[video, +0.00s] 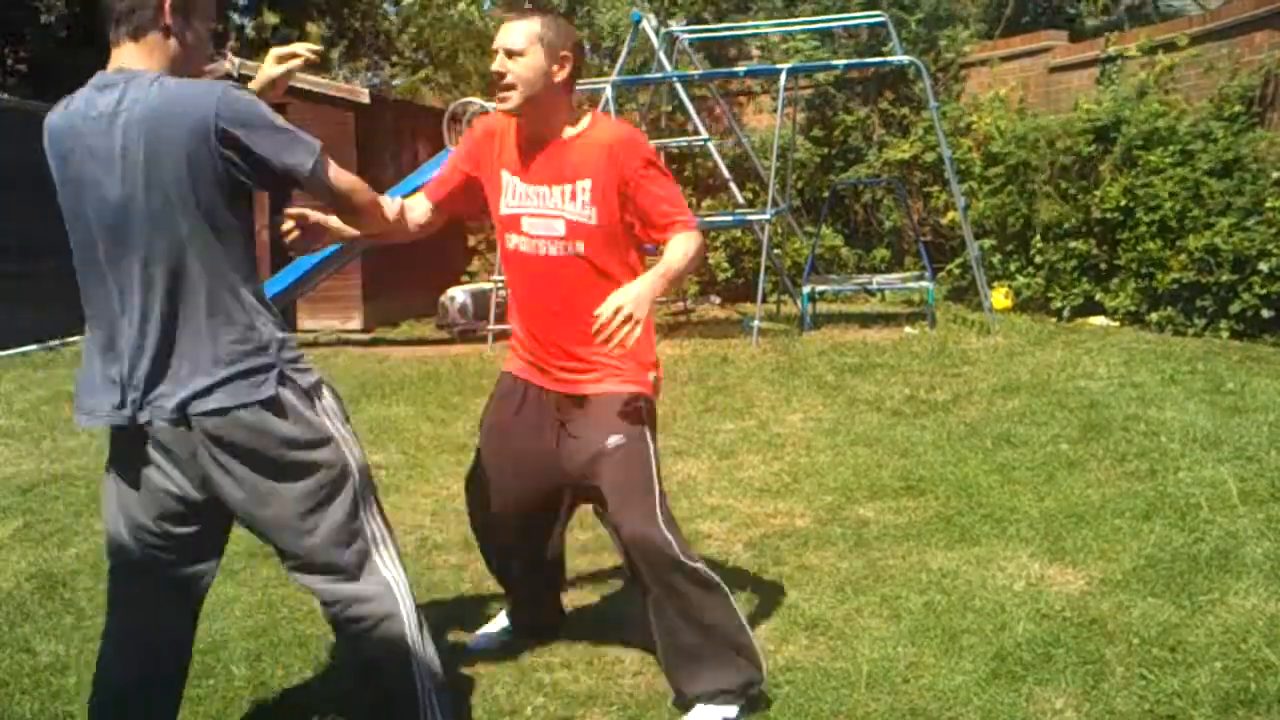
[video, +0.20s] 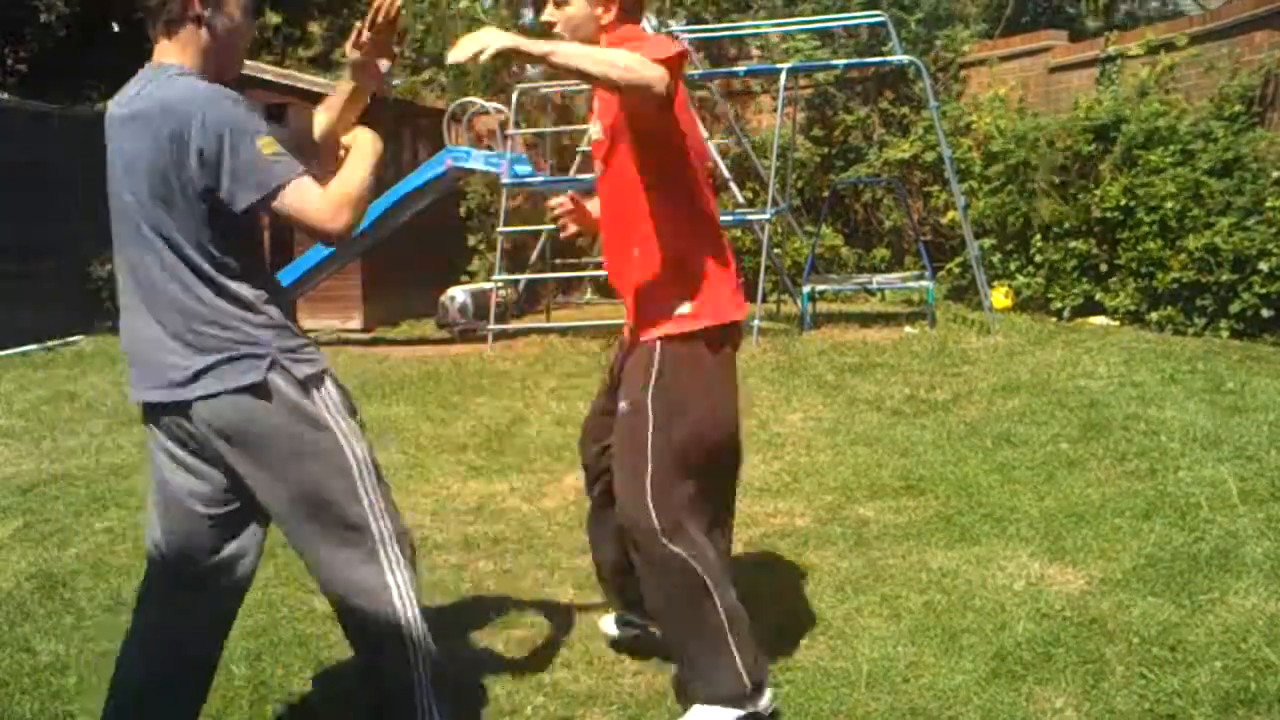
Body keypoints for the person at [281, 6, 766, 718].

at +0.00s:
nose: (497, 65)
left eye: (513, 54)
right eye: (495, 53)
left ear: (561, 66)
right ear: (493, 62)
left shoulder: (615, 144)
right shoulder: (487, 138)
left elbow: (686, 236)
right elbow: (419, 212)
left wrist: (649, 286)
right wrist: (346, 227)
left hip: (610, 371)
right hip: (528, 367)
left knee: (640, 530)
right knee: (497, 500)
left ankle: (720, 685)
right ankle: (531, 610)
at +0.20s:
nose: (550, 16)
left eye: (564, 3)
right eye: (547, 7)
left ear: (609, 6)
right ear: (599, 18)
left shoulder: (637, 46)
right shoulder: (614, 79)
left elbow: (651, 79)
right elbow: (662, 188)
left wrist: (525, 44)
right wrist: (599, 215)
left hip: (687, 314)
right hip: (654, 314)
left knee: (659, 502)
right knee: (605, 449)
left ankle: (732, 690)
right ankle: (651, 611)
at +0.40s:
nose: (651, 81)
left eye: (656, 66)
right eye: (649, 67)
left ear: (698, 59)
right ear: (725, 58)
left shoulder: (704, 110)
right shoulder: (781, 117)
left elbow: (576, 130)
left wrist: (485, 72)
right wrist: (633, 122)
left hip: (759, 381)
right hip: (825, 374)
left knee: (687, 574)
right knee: (798, 536)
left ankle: (735, 710)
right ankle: (933, 585)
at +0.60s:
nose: (771, 83)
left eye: (776, 65)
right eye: (769, 67)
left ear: (824, 55)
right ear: (837, 55)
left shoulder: (843, 115)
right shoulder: (916, 111)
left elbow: (823, 243)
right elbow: (876, 218)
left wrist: (767, 207)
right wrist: (797, 155)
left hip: (879, 396)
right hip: (966, 388)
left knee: (758, 564)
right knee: (1056, 543)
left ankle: (731, 705)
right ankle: (1237, 679)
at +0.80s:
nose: (931, 96)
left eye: (936, 78)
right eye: (927, 81)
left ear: (982, 66)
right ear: (1004, 67)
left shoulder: (1000, 127)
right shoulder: (1095, 120)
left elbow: (980, 265)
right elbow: (1060, 226)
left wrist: (911, 208)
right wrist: (973, 175)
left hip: (1060, 406)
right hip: (1148, 398)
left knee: (914, 550)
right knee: (1167, 578)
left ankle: (988, 704)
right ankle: (1267, 693)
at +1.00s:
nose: (978, 20)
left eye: (979, 5)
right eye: (975, 11)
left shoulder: (1047, 31)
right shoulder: (1133, 34)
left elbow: (971, 158)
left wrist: (953, 90)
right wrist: (988, 89)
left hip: (1110, 318)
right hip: (1207, 308)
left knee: (969, 482)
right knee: (1228, 528)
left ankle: (977, 692)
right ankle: (1274, 687)